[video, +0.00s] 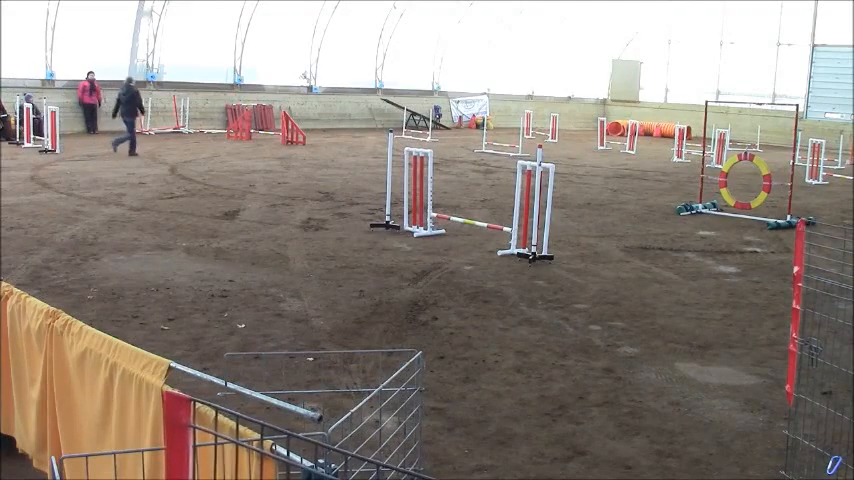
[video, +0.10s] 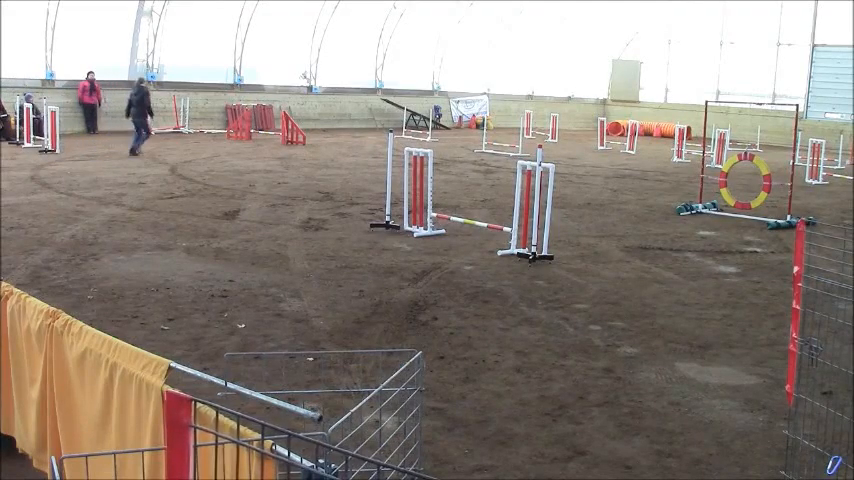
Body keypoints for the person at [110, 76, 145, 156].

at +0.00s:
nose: (133, 84)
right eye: (132, 82)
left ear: (125, 82)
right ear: (132, 83)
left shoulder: (122, 90)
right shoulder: (134, 91)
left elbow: (118, 102)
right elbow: (139, 102)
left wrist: (114, 113)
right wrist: (142, 111)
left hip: (123, 114)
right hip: (131, 114)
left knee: (131, 133)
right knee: (131, 133)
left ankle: (132, 150)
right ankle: (116, 142)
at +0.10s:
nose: (143, 84)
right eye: (143, 83)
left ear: (137, 82)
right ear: (143, 83)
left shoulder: (134, 90)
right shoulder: (145, 91)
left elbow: (130, 102)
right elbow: (147, 104)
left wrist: (127, 112)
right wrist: (151, 113)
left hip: (134, 115)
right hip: (142, 116)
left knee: (138, 132)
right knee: (147, 132)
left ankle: (134, 147)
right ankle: (136, 146)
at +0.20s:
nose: (154, 82)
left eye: (153, 81)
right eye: (154, 81)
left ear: (149, 81)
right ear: (155, 81)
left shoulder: (146, 88)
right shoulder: (155, 88)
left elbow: (141, 98)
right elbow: (155, 100)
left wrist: (140, 109)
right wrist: (158, 110)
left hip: (145, 112)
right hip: (152, 112)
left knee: (143, 130)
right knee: (159, 129)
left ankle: (135, 147)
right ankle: (160, 147)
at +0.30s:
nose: (167, 83)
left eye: (166, 81)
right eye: (166, 82)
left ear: (160, 81)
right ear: (166, 81)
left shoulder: (157, 88)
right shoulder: (166, 89)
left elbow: (153, 100)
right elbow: (166, 101)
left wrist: (152, 110)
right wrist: (170, 110)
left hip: (157, 112)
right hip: (164, 113)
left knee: (156, 131)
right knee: (168, 130)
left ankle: (143, 142)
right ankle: (171, 148)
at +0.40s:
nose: (177, 85)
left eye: (177, 84)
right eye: (177, 84)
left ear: (171, 83)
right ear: (176, 84)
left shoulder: (167, 91)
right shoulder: (177, 91)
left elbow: (163, 102)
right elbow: (180, 103)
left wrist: (160, 112)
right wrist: (185, 112)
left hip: (167, 113)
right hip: (174, 114)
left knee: (172, 133)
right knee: (178, 132)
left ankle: (159, 142)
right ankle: (173, 149)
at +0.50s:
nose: (186, 85)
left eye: (185, 83)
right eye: (186, 83)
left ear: (180, 83)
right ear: (186, 83)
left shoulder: (176, 91)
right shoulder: (188, 91)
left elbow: (172, 102)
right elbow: (193, 101)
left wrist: (168, 111)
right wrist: (196, 109)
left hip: (177, 112)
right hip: (185, 112)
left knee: (184, 130)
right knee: (184, 132)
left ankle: (181, 146)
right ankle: (174, 147)